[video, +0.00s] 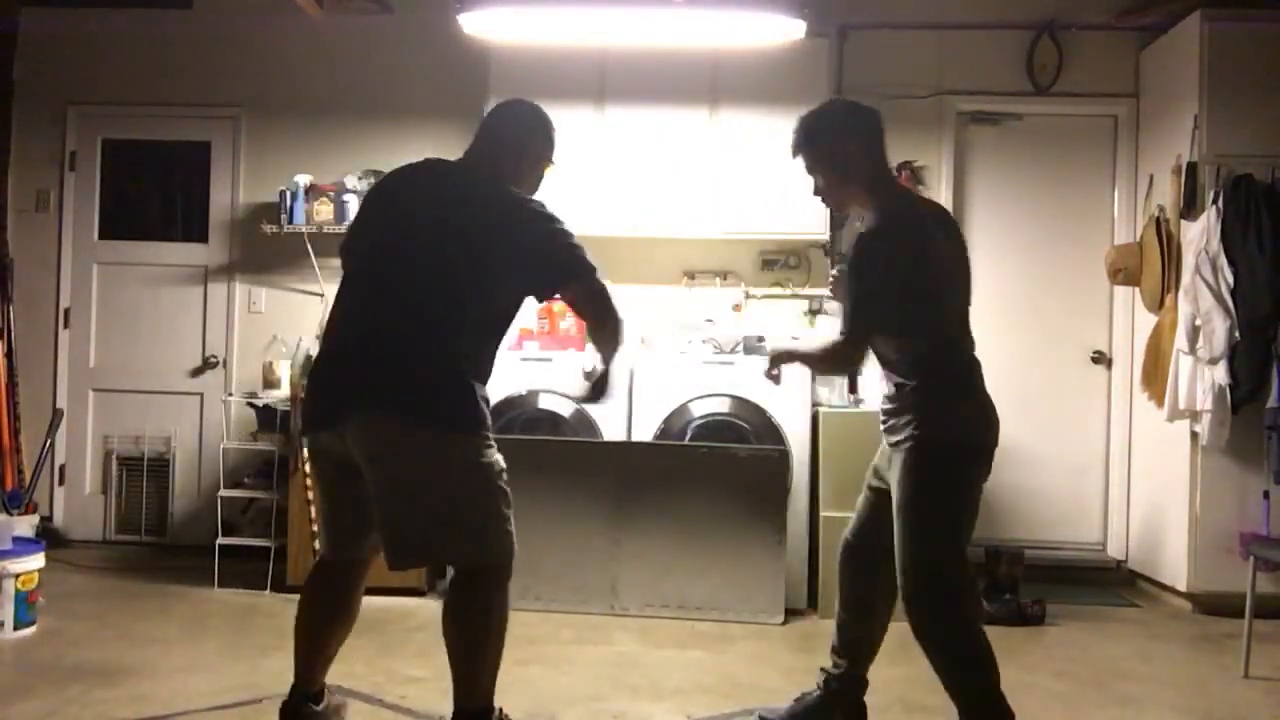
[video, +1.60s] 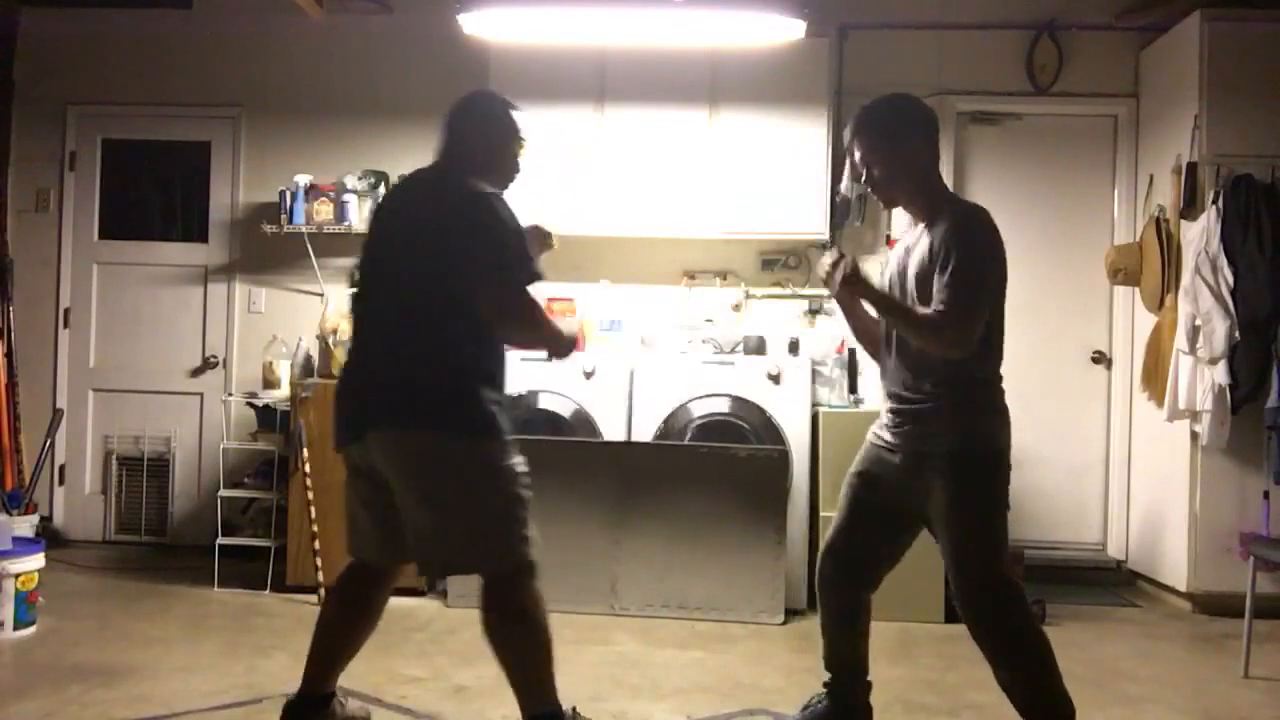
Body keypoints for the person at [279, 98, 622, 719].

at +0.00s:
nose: (540, 178)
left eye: (544, 167)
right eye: (542, 166)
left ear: (478, 139)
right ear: (529, 157)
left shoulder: (396, 183)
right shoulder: (525, 220)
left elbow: (352, 264)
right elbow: (602, 314)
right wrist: (603, 367)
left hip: (333, 393)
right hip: (430, 404)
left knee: (345, 550)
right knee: (484, 557)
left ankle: (305, 694)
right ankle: (474, 711)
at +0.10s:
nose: (537, 170)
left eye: (539, 157)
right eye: (538, 156)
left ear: (473, 134)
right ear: (525, 151)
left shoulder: (393, 183)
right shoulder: (516, 221)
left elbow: (386, 284)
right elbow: (553, 336)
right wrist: (531, 354)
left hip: (334, 392)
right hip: (433, 402)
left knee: (345, 555)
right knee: (479, 562)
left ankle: (305, 696)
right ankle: (474, 711)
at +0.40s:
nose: (479, 144)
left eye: (479, 131)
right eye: (475, 130)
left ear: (405, 124)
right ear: (451, 131)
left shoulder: (354, 182)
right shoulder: (431, 192)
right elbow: (482, 289)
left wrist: (473, 244)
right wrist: (519, 261)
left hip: (319, 402)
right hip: (395, 411)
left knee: (339, 555)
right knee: (443, 558)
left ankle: (304, 698)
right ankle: (464, 709)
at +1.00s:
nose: (498, 148)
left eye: (499, 134)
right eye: (492, 133)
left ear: (430, 126)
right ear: (462, 128)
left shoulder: (382, 187)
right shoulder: (459, 192)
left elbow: (433, 252)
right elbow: (517, 273)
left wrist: (500, 224)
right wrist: (581, 277)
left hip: (354, 401)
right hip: (433, 404)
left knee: (348, 555)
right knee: (494, 555)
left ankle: (302, 699)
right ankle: (527, 705)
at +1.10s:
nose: (536, 156)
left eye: (536, 144)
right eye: (530, 143)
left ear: (468, 137)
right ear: (503, 142)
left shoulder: (409, 196)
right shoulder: (514, 211)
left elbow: (383, 292)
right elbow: (599, 280)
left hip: (369, 405)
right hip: (458, 409)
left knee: (375, 559)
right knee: (519, 561)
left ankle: (309, 696)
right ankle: (544, 710)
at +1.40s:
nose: (575, 166)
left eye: (575, 152)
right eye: (572, 151)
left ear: (508, 144)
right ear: (549, 150)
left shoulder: (439, 197)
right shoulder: (544, 218)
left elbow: (417, 305)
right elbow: (576, 325)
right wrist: (614, 402)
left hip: (395, 404)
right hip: (486, 409)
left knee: (399, 555)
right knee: (552, 557)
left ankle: (332, 692)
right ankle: (552, 712)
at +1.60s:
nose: (519, 159)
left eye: (520, 145)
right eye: (514, 144)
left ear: (452, 140)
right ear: (488, 142)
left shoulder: (398, 198)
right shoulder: (480, 207)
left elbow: (433, 287)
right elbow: (507, 312)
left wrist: (517, 252)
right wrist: (558, 339)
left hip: (367, 408)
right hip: (447, 414)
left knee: (375, 560)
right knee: (509, 566)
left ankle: (311, 698)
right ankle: (545, 713)